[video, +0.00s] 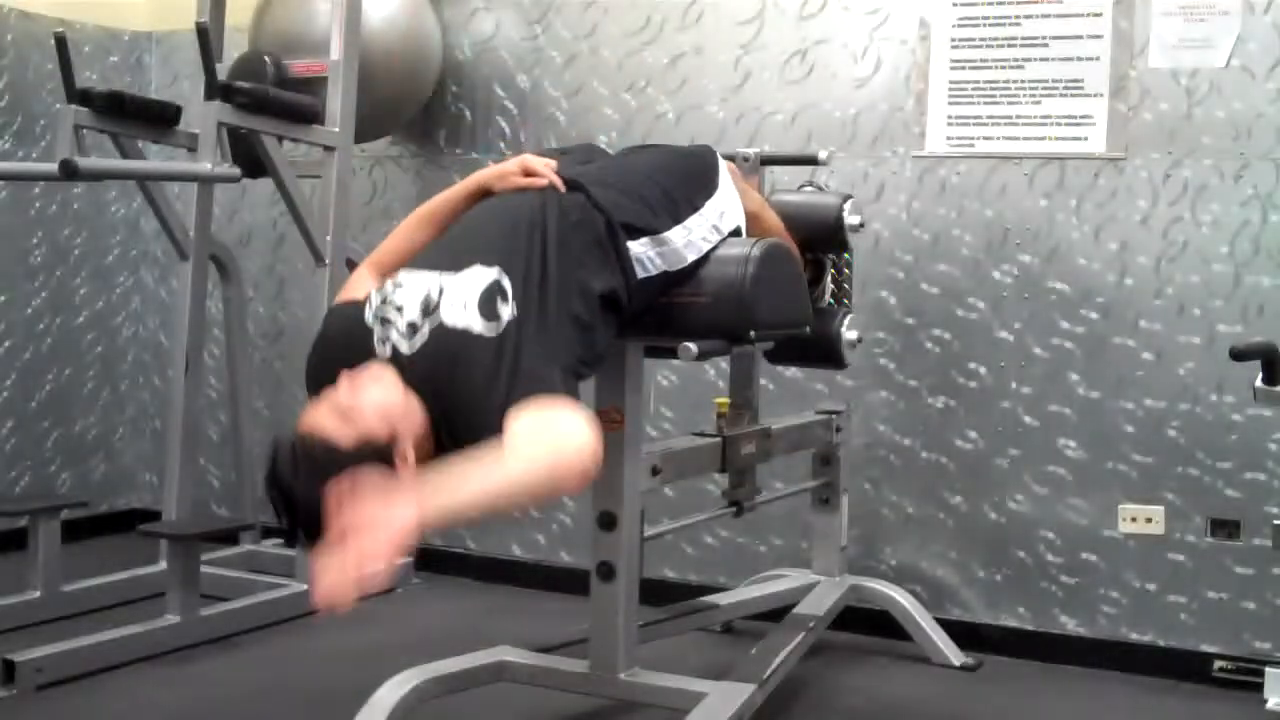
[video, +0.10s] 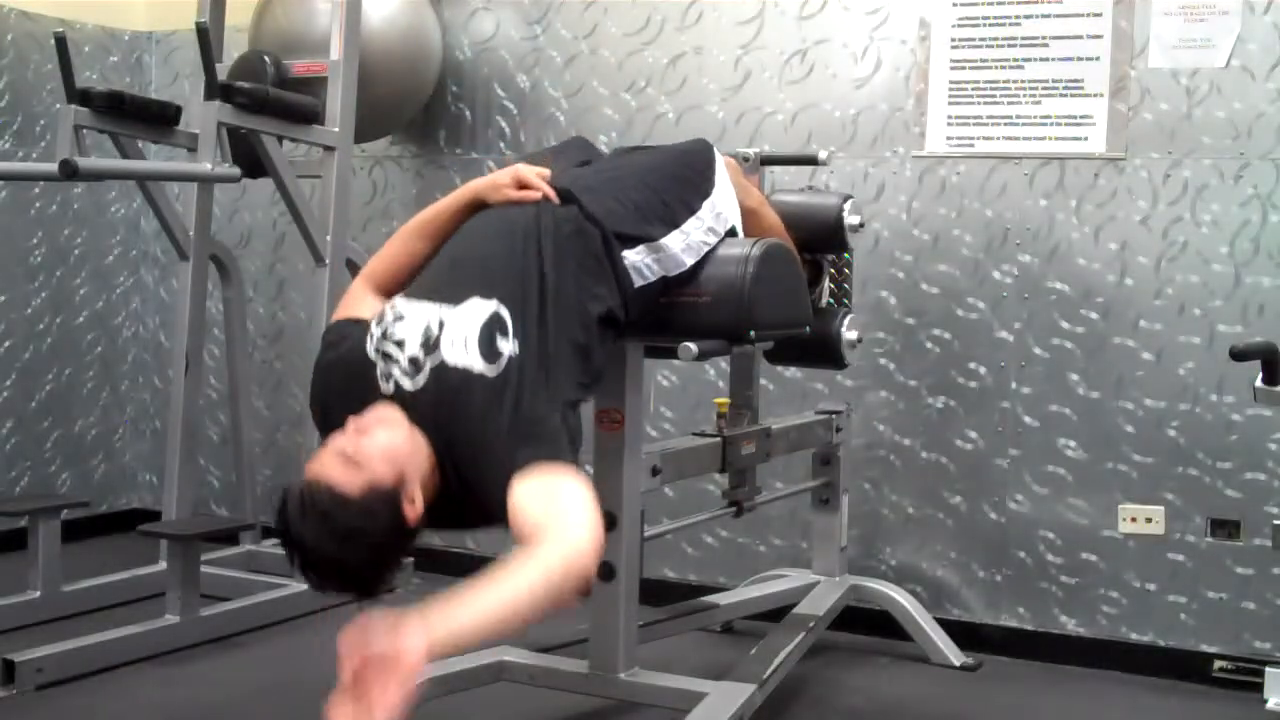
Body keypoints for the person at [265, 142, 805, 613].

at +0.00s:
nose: (356, 394)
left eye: (335, 409)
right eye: (359, 422)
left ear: (312, 401)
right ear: (402, 461)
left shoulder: (331, 354)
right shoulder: (487, 404)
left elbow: (377, 268)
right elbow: (571, 448)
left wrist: (480, 183)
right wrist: (410, 504)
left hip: (534, 198)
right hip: (606, 235)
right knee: (727, 177)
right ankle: (799, 273)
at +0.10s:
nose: (353, 433)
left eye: (334, 453)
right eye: (361, 461)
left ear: (313, 445)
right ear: (412, 505)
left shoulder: (336, 383)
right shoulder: (503, 453)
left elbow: (375, 282)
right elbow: (569, 550)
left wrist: (470, 195)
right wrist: (419, 632)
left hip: (501, 222)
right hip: (586, 241)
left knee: (579, 150)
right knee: (718, 169)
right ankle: (801, 283)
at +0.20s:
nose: (365, 456)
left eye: (347, 473)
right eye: (370, 484)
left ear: (332, 459)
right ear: (420, 536)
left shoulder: (340, 399)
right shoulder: (511, 489)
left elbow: (372, 292)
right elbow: (557, 620)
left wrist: (470, 203)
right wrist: (448, 712)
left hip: (510, 224)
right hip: (588, 253)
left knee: (570, 149)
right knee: (717, 165)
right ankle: (797, 287)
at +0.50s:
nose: (363, 461)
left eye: (344, 475)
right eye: (366, 485)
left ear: (331, 458)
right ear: (413, 535)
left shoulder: (340, 398)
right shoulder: (505, 498)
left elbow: (373, 289)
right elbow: (535, 623)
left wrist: (467, 205)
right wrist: (406, 706)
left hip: (510, 227)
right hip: (586, 265)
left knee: (582, 152)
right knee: (720, 165)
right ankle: (796, 289)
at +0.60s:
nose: (366, 431)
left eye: (341, 439)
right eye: (374, 477)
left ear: (318, 420)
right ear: (393, 518)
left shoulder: (337, 364)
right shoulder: (447, 487)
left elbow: (372, 269)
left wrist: (467, 178)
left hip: (518, 210)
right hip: (586, 270)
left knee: (578, 151)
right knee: (717, 164)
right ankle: (792, 273)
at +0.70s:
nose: (336, 338)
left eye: (316, 341)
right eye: (332, 367)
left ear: (302, 330)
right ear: (367, 422)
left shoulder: (324, 310)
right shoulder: (451, 416)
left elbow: (373, 235)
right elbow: (625, 331)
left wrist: (479, 161)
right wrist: (532, 215)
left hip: (507, 261)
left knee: (578, 151)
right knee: (711, 162)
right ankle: (797, 287)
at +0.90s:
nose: (387, 71)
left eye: (374, 66)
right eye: (378, 77)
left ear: (292, 139)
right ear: (379, 119)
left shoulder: (311, 199)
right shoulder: (466, 180)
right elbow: (634, 109)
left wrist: (539, 128)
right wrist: (632, 3)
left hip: (494, 289)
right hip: (600, 268)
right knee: (722, 160)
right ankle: (798, 304)